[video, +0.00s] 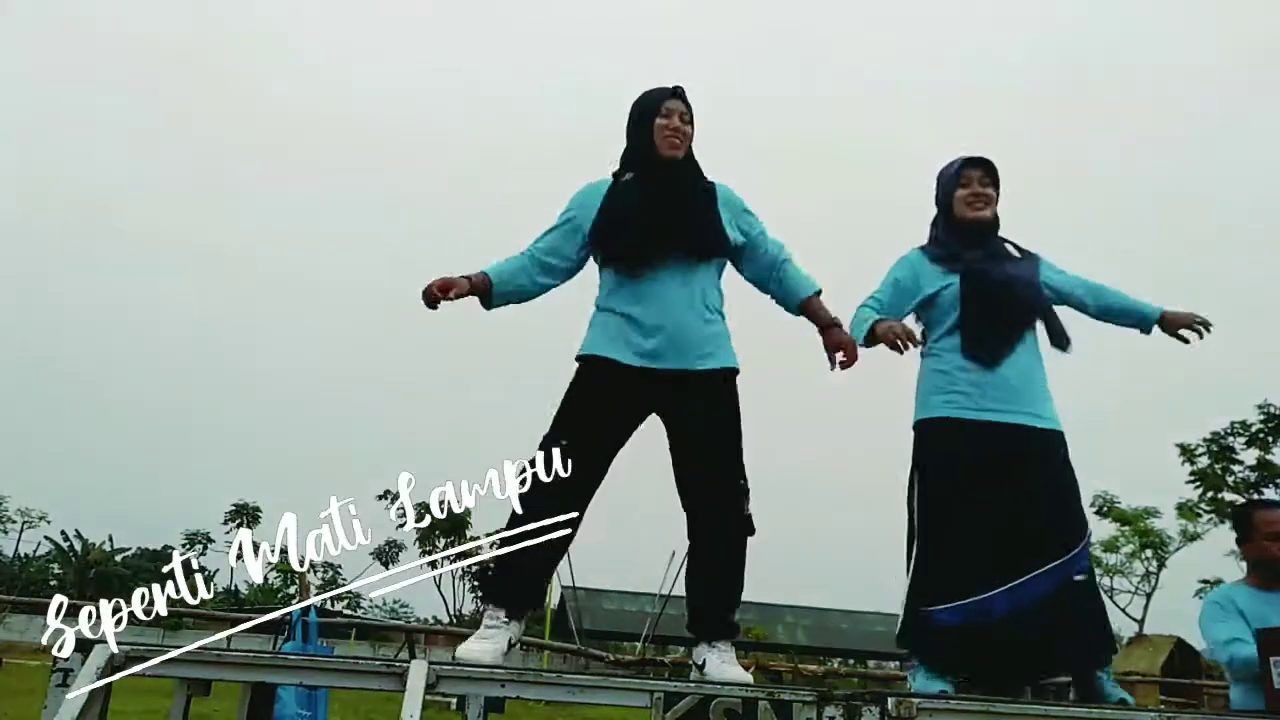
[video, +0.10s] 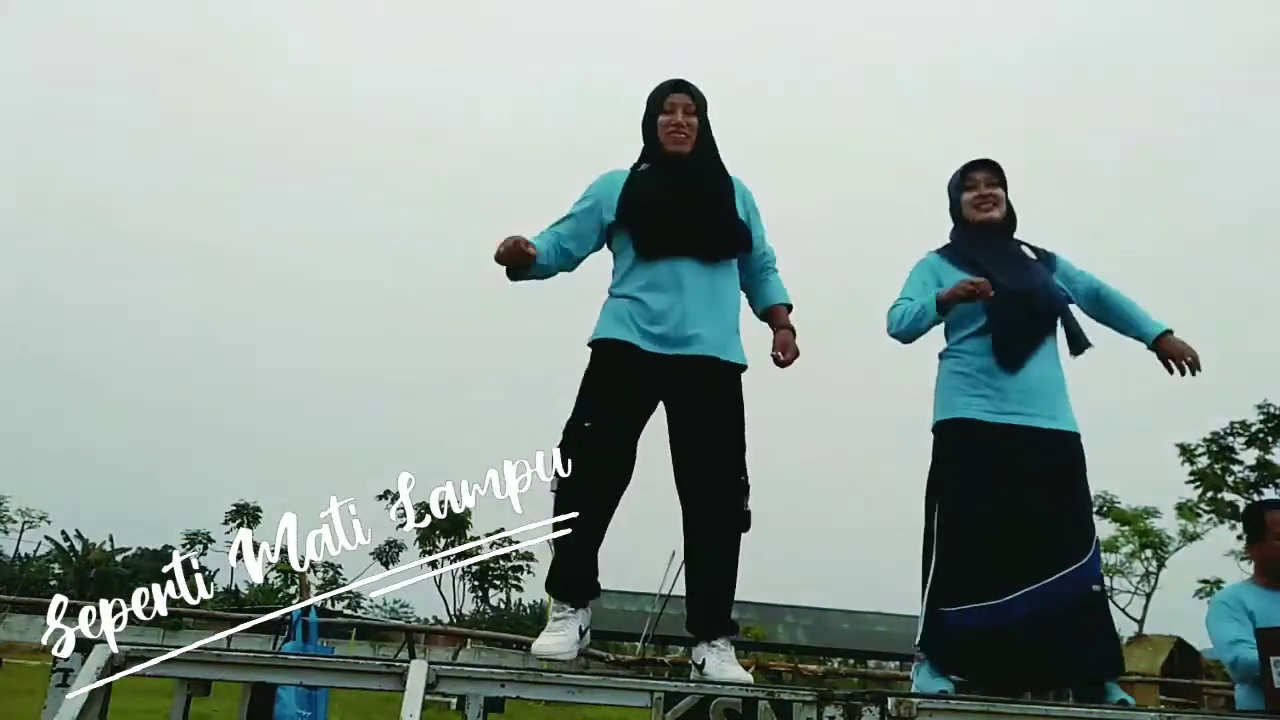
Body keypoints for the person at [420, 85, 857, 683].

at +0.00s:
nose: (675, 126)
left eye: (684, 119)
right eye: (663, 117)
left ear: (694, 133)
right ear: (639, 128)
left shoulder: (720, 202)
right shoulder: (604, 197)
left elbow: (772, 264)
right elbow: (545, 260)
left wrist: (826, 321)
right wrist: (472, 283)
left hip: (703, 369)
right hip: (615, 363)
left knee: (720, 507)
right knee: (555, 486)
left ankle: (715, 644)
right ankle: (502, 617)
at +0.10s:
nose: (678, 120)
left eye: (688, 113)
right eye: (668, 112)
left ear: (704, 125)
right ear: (650, 122)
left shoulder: (734, 194)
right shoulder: (619, 187)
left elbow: (760, 266)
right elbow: (565, 243)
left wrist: (780, 319)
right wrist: (527, 255)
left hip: (710, 355)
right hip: (627, 346)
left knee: (717, 495)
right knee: (590, 477)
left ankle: (714, 641)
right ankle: (568, 612)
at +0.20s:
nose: (679, 124)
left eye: (690, 116)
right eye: (669, 116)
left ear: (708, 126)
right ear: (654, 126)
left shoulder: (733, 192)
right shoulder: (623, 182)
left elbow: (751, 261)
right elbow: (569, 239)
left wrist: (757, 307)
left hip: (716, 350)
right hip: (634, 345)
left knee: (712, 490)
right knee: (623, 476)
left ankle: (713, 639)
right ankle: (632, 613)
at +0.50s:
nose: (651, 115)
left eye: (663, 106)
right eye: (642, 107)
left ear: (688, 114)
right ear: (632, 118)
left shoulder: (724, 182)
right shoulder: (612, 166)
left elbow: (757, 244)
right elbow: (586, 189)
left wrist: (766, 277)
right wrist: (680, 192)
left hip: (703, 336)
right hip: (619, 332)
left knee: (712, 481)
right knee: (575, 455)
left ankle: (719, 628)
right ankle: (605, 596)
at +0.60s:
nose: (643, 115)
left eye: (655, 106)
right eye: (635, 107)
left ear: (680, 117)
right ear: (625, 119)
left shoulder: (711, 189)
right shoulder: (600, 174)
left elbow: (739, 255)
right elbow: (507, 193)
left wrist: (745, 288)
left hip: (686, 346)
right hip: (599, 338)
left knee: (694, 491)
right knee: (540, 461)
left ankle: (709, 639)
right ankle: (529, 605)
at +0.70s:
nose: (622, 120)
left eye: (635, 113)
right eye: (615, 112)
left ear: (659, 126)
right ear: (605, 125)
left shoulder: (679, 200)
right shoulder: (571, 178)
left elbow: (706, 287)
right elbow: (485, 217)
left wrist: (713, 305)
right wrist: (494, 211)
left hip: (668, 354)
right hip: (581, 350)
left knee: (692, 494)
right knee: (518, 477)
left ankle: (711, 641)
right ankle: (479, 623)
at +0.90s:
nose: (571, 112)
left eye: (585, 104)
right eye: (563, 104)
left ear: (608, 116)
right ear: (551, 115)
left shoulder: (633, 186)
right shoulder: (519, 168)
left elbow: (672, 260)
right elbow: (449, 211)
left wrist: (668, 291)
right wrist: (515, 185)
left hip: (605, 337)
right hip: (518, 335)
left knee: (632, 481)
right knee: (480, 477)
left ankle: (648, 627)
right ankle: (475, 624)